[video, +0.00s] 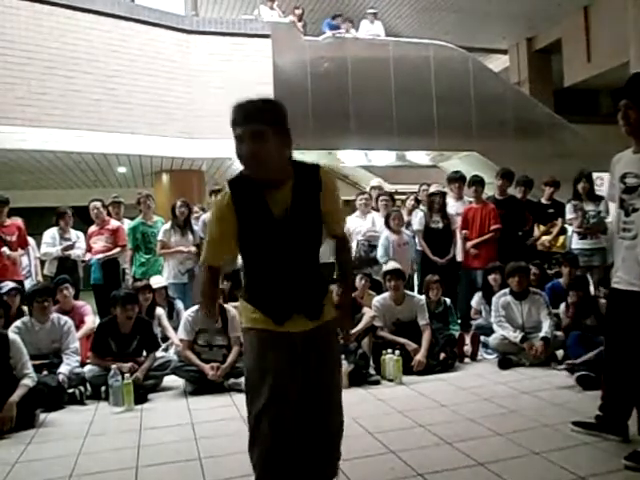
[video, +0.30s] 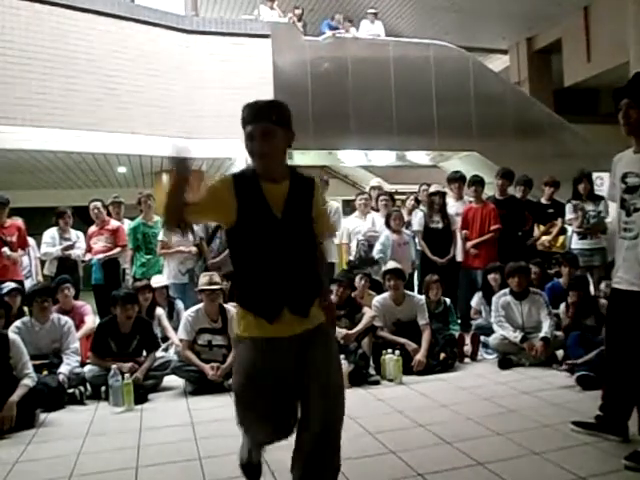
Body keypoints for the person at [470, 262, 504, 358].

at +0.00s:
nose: (494, 277)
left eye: (497, 273)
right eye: (490, 274)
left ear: (502, 276)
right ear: (486, 277)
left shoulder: (507, 293)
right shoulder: (480, 295)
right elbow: (474, 315)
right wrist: (487, 319)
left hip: (503, 325)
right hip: (486, 325)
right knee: (478, 328)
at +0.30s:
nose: (494, 276)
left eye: (496, 273)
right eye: (490, 274)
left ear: (501, 276)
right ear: (486, 277)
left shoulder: (506, 293)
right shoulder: (480, 295)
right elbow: (473, 314)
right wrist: (487, 320)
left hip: (503, 325)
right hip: (486, 325)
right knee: (478, 328)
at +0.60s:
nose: (493, 277)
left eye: (496, 273)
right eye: (490, 274)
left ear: (501, 276)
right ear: (486, 277)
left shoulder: (506, 293)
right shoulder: (480, 295)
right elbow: (473, 315)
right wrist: (487, 320)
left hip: (503, 325)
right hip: (486, 325)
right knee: (478, 328)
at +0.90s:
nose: (493, 277)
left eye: (496, 274)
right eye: (490, 274)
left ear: (501, 276)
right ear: (486, 278)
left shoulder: (506, 294)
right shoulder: (480, 295)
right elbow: (474, 314)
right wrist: (487, 320)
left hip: (503, 325)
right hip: (486, 325)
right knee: (478, 328)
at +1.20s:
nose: (493, 277)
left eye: (496, 274)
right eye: (490, 274)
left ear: (501, 276)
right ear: (486, 277)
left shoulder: (506, 293)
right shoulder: (481, 295)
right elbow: (473, 314)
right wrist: (487, 320)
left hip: (503, 325)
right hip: (486, 325)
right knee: (479, 330)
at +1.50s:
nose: (493, 277)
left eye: (496, 274)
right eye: (490, 274)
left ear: (501, 276)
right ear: (486, 278)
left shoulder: (506, 293)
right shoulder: (481, 295)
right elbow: (473, 314)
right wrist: (487, 320)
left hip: (502, 325)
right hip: (485, 325)